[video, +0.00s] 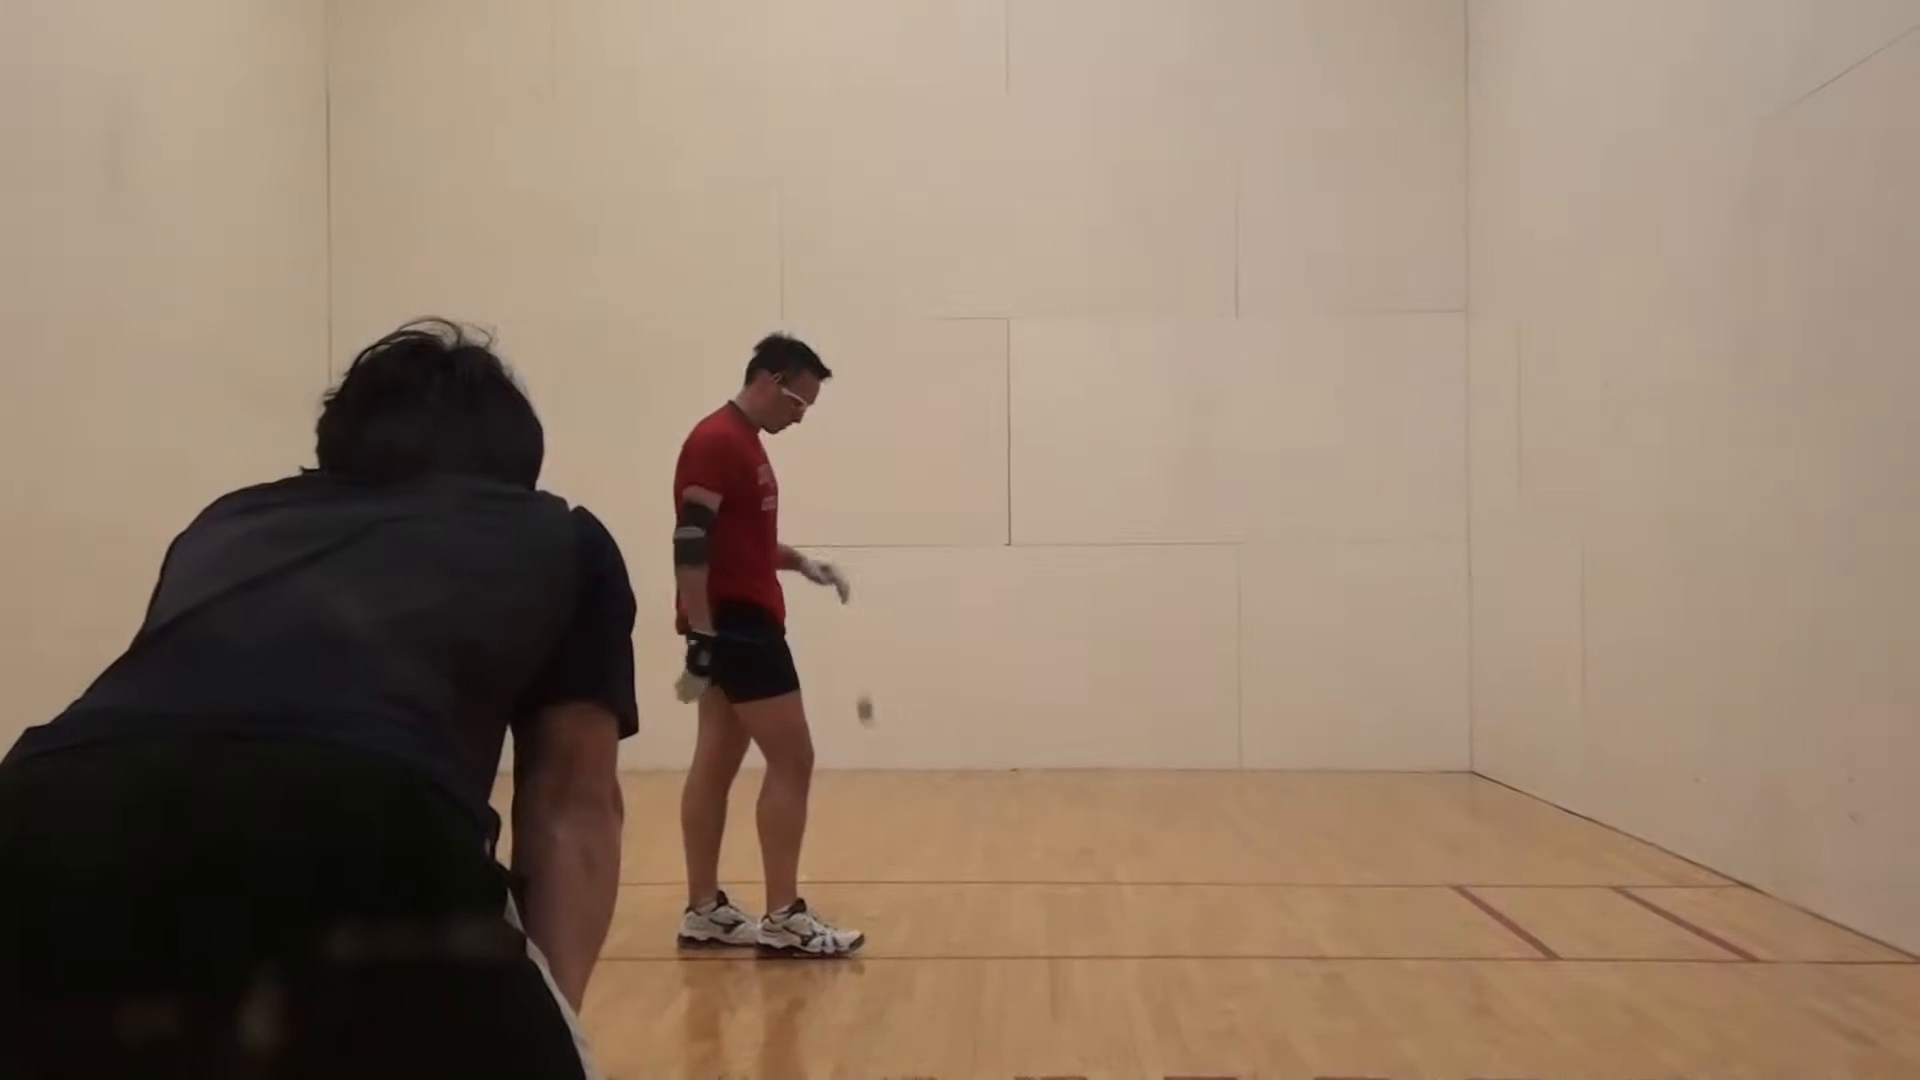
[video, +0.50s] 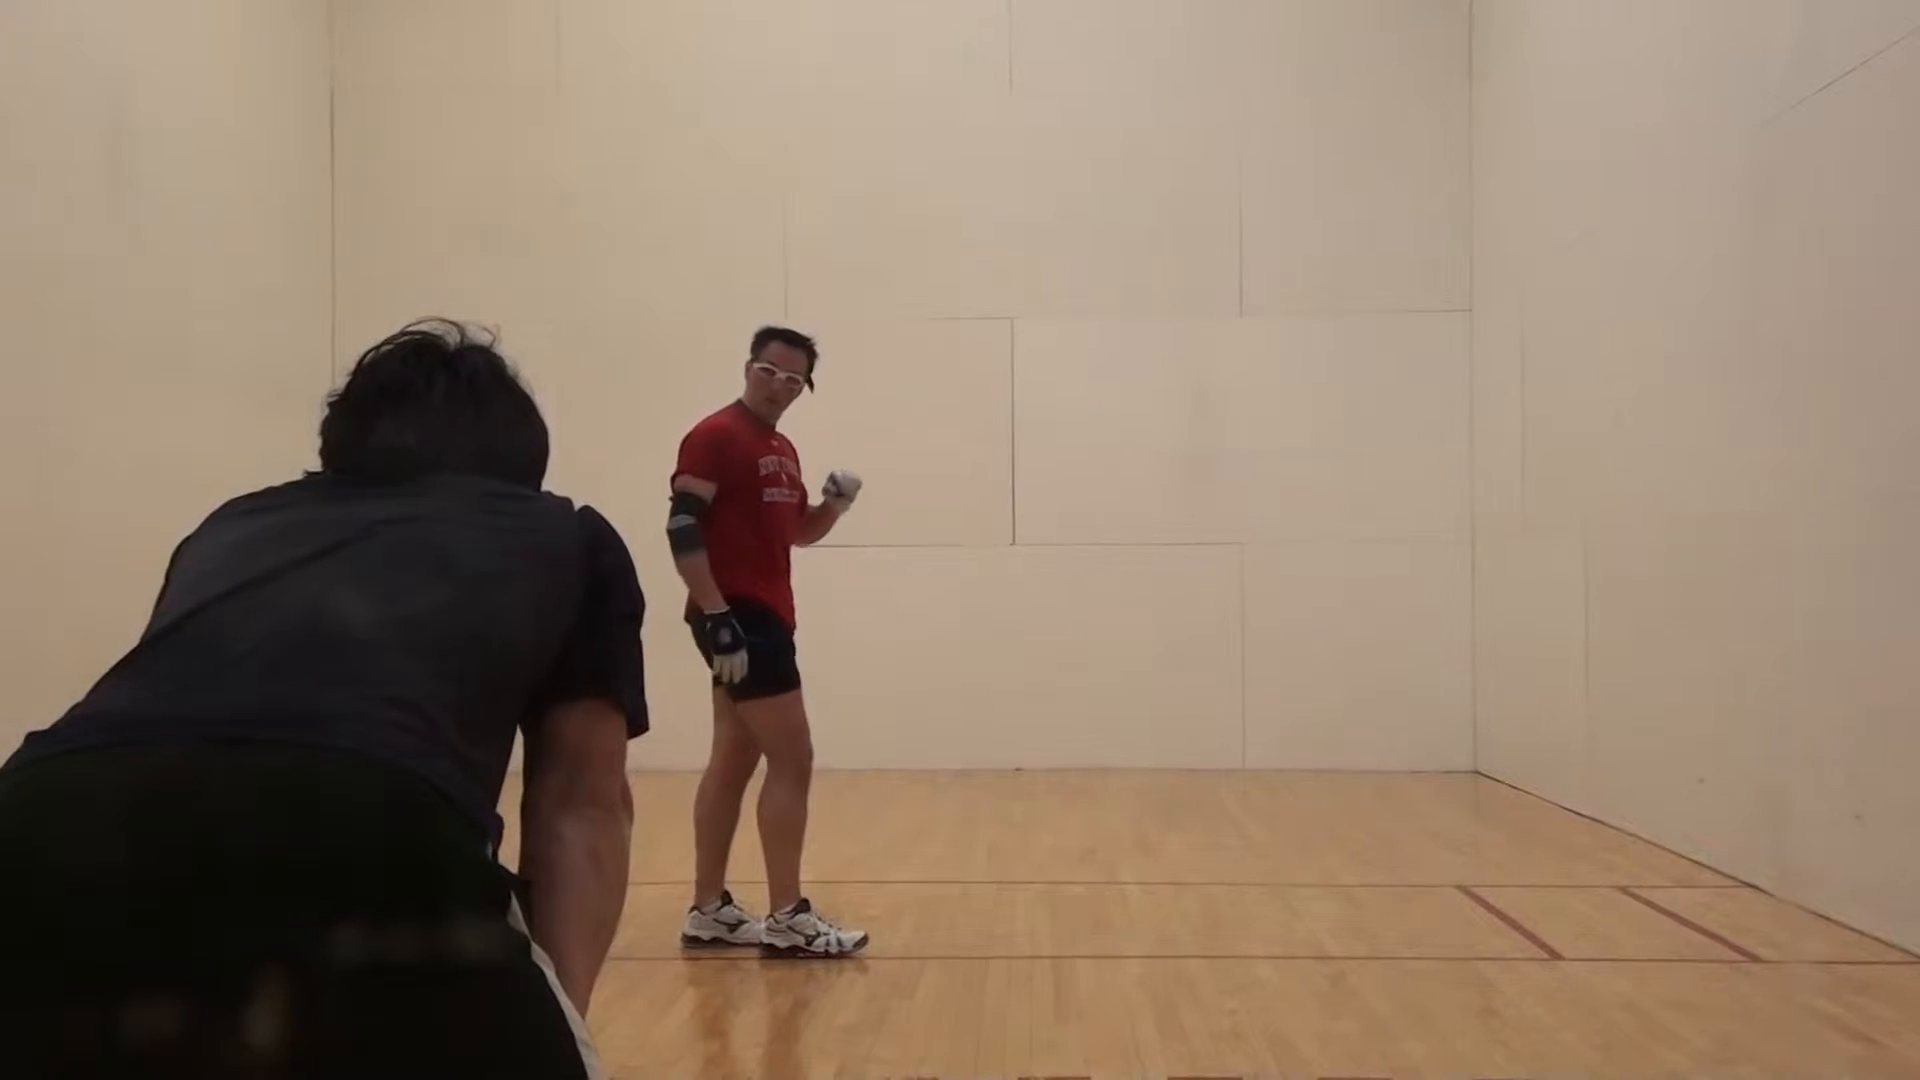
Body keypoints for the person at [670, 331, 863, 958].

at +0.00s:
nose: (801, 413)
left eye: (806, 403)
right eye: (798, 399)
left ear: (772, 388)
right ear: (765, 380)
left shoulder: (744, 442)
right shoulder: (718, 441)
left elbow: (745, 541)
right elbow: (691, 544)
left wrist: (801, 561)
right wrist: (701, 637)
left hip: (733, 623)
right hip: (743, 628)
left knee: (714, 764)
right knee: (791, 759)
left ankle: (704, 908)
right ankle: (784, 914)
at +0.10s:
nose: (797, 410)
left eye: (804, 401)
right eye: (793, 396)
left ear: (780, 391)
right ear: (760, 378)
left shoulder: (750, 442)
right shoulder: (715, 439)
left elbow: (751, 539)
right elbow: (681, 538)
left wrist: (815, 546)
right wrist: (688, 631)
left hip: (738, 623)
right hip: (741, 626)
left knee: (718, 762)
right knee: (791, 758)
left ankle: (705, 908)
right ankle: (784, 914)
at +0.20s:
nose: (786, 403)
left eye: (797, 397)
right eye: (780, 387)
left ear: (801, 400)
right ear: (753, 373)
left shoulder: (760, 447)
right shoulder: (713, 438)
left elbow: (764, 539)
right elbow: (676, 534)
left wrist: (824, 534)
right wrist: (689, 627)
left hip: (741, 623)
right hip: (741, 626)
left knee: (718, 763)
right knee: (791, 758)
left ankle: (706, 908)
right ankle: (785, 914)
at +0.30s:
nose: (777, 390)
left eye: (791, 386)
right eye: (770, 376)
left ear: (800, 395)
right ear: (747, 371)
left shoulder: (770, 449)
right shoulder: (711, 438)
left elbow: (780, 537)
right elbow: (675, 533)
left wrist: (823, 526)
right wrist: (698, 623)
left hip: (748, 621)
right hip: (741, 624)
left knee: (720, 764)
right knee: (791, 759)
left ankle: (707, 909)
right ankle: (786, 914)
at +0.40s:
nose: (779, 386)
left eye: (793, 381)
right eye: (771, 372)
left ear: (801, 392)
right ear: (747, 370)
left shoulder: (776, 450)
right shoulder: (711, 437)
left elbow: (788, 534)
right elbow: (678, 530)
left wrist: (827, 517)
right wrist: (709, 619)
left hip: (754, 618)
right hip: (743, 622)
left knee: (723, 763)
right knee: (791, 759)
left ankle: (707, 909)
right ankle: (786, 914)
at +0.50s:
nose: (778, 382)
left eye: (792, 378)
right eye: (769, 369)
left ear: (801, 389)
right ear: (747, 369)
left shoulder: (781, 448)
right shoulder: (714, 436)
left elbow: (799, 531)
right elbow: (682, 529)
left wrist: (833, 504)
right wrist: (717, 617)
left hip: (759, 616)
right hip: (744, 620)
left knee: (731, 762)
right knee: (790, 760)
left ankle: (709, 908)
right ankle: (787, 914)